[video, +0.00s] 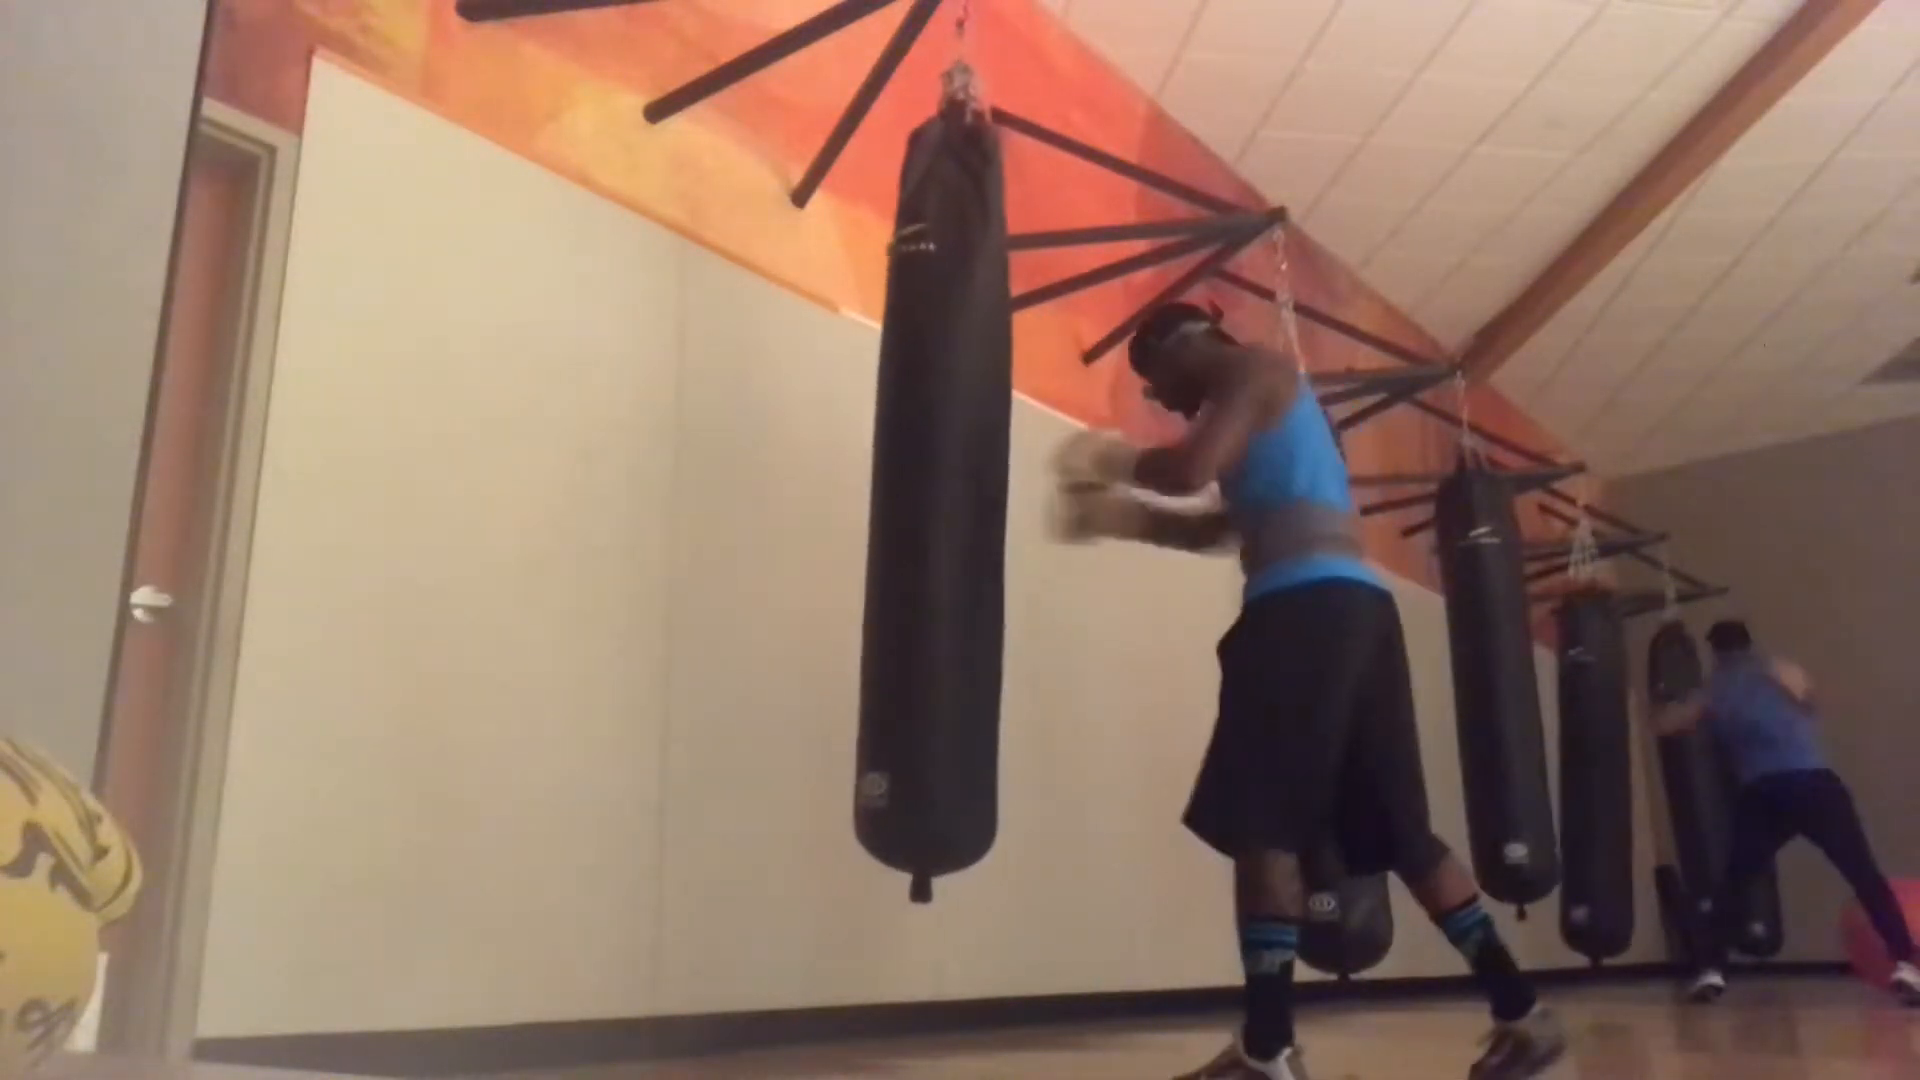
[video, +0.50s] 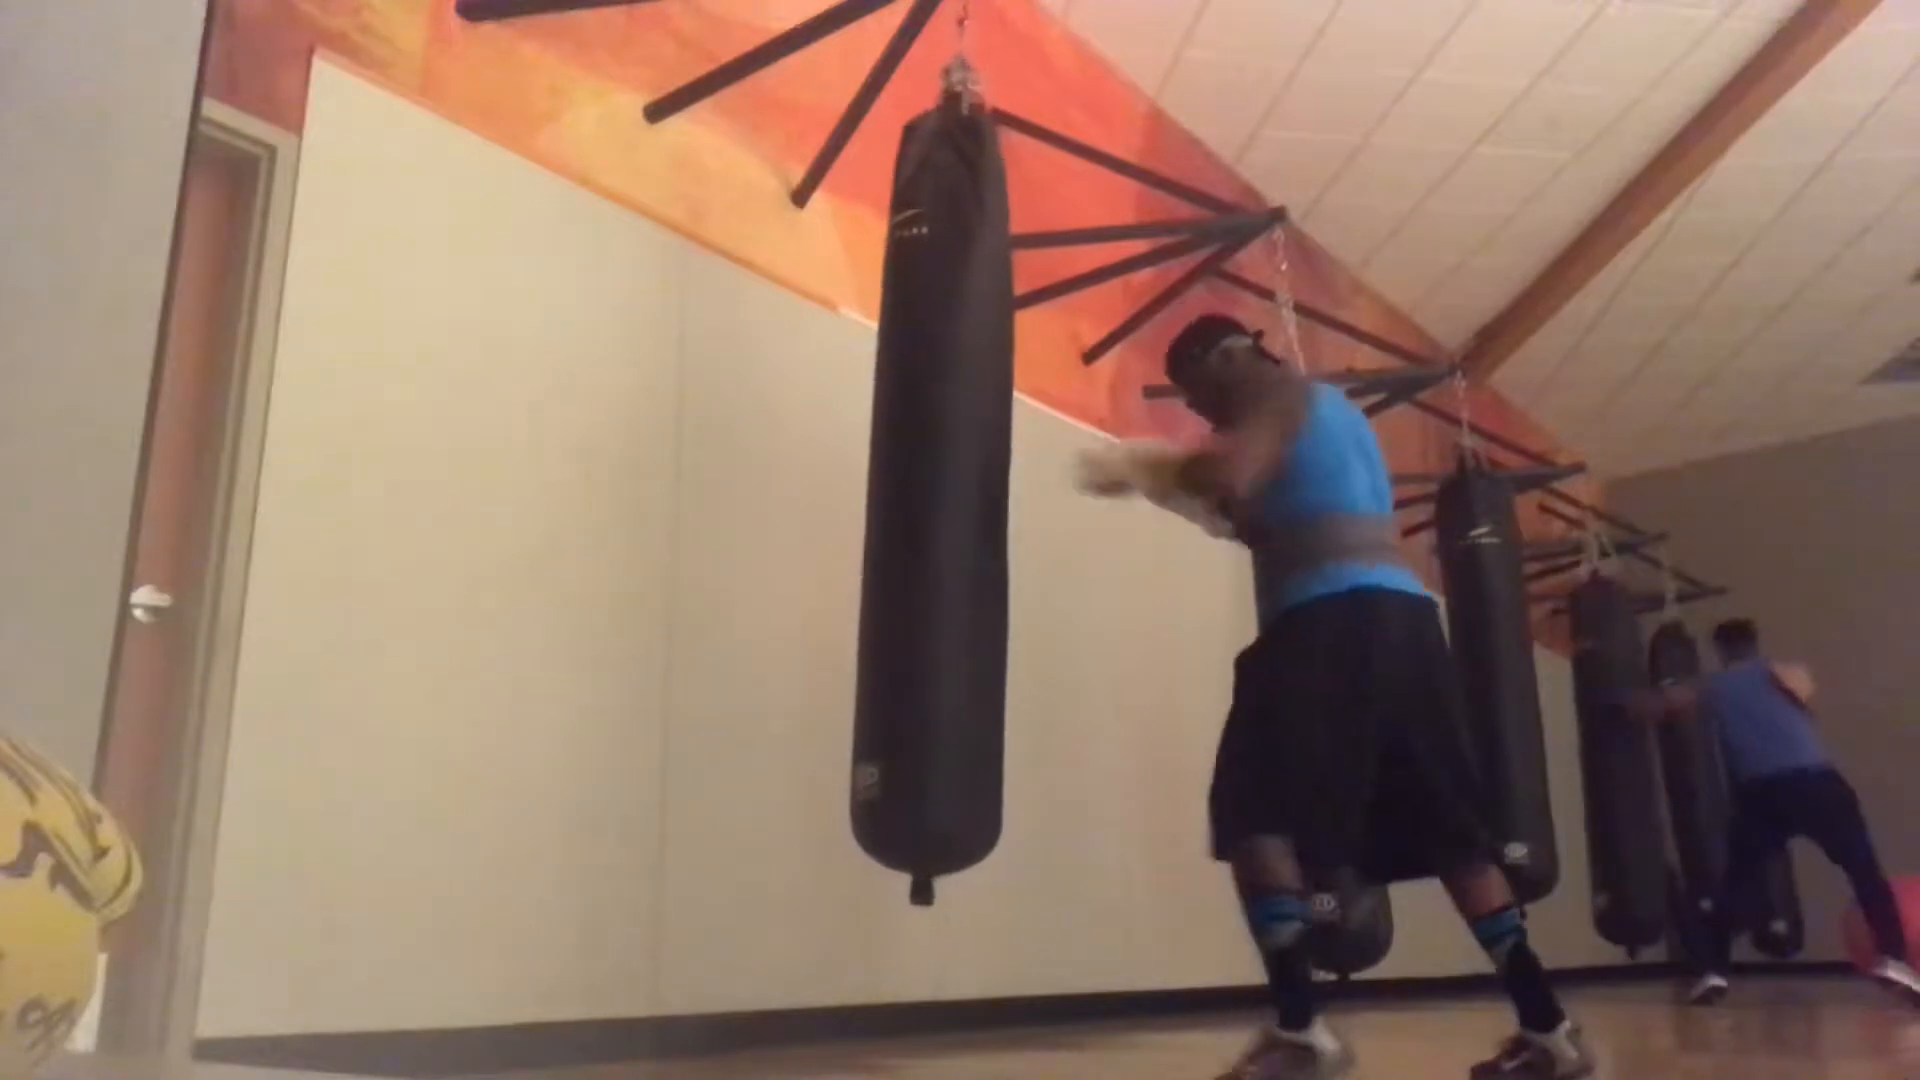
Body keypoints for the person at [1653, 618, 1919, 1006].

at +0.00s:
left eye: (1721, 650)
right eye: (1734, 645)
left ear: (1715, 652)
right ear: (1749, 643)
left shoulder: (1714, 690)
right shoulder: (1776, 668)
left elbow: (1671, 723)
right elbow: (1807, 695)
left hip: (1762, 794)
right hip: (1815, 785)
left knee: (1735, 878)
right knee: (1863, 873)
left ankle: (1712, 968)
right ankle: (1906, 960)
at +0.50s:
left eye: (1727, 649)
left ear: (1720, 651)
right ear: (1755, 645)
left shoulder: (1712, 686)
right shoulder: (1781, 672)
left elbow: (1667, 701)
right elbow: (1806, 695)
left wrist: (1634, 702)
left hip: (1763, 792)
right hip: (1817, 783)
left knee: (1738, 878)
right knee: (1863, 867)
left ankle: (1715, 970)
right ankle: (1894, 955)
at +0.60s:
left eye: (1747, 648)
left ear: (1738, 651)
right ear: (1774, 646)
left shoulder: (1725, 689)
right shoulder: (1799, 677)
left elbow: (1691, 733)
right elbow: (1823, 707)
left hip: (1766, 800)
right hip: (1824, 794)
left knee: (1740, 884)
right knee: (1867, 878)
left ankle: (1715, 973)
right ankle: (1899, 967)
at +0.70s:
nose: (1764, 654)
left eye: (1759, 647)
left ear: (1752, 649)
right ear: (1791, 642)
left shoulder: (1742, 684)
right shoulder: (1815, 671)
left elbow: (1735, 739)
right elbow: (1839, 701)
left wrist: (1752, 767)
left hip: (1775, 799)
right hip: (1834, 794)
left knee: (1746, 880)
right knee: (1878, 881)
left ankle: (1722, 968)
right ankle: (1904, 972)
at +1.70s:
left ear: (1769, 644)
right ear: (1810, 638)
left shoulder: (1758, 682)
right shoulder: (1841, 668)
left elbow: (1733, 727)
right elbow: (1862, 707)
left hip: (1801, 799)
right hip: (1860, 794)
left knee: (1778, 884)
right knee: (1903, 880)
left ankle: (1764, 980)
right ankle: (1916, 977)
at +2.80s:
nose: (1763, 675)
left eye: (1760, 669)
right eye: (1761, 670)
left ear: (1764, 661)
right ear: (1794, 650)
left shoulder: (1774, 687)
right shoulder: (1840, 672)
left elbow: (1733, 732)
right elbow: (1860, 710)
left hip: (1811, 802)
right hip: (1870, 797)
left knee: (1771, 876)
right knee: (1912, 876)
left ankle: (1769, 955)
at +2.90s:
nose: (1751, 666)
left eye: (1745, 660)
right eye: (1752, 657)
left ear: (1740, 660)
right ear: (1779, 650)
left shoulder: (1749, 695)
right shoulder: (1815, 674)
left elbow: (1702, 721)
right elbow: (1829, 691)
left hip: (1804, 796)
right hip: (1859, 784)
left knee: (1774, 882)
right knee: (1909, 866)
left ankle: (1761, 969)